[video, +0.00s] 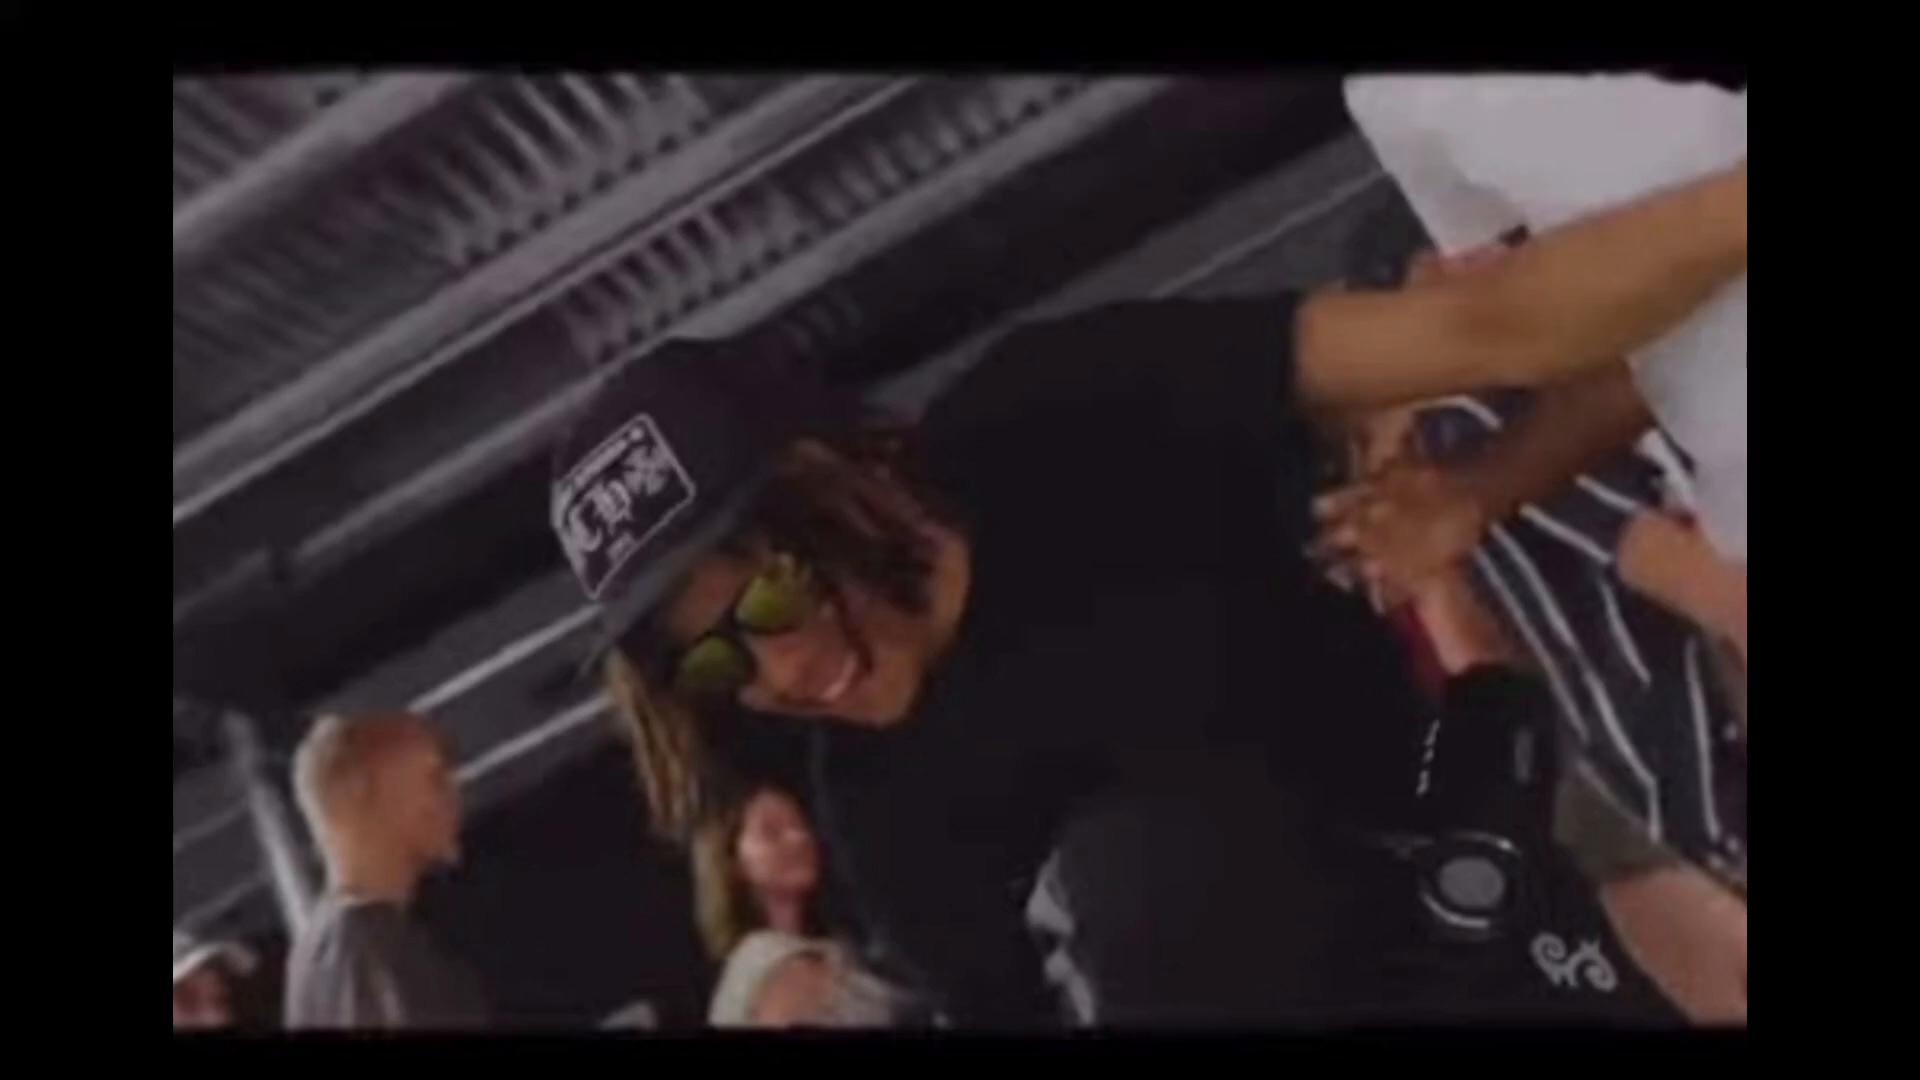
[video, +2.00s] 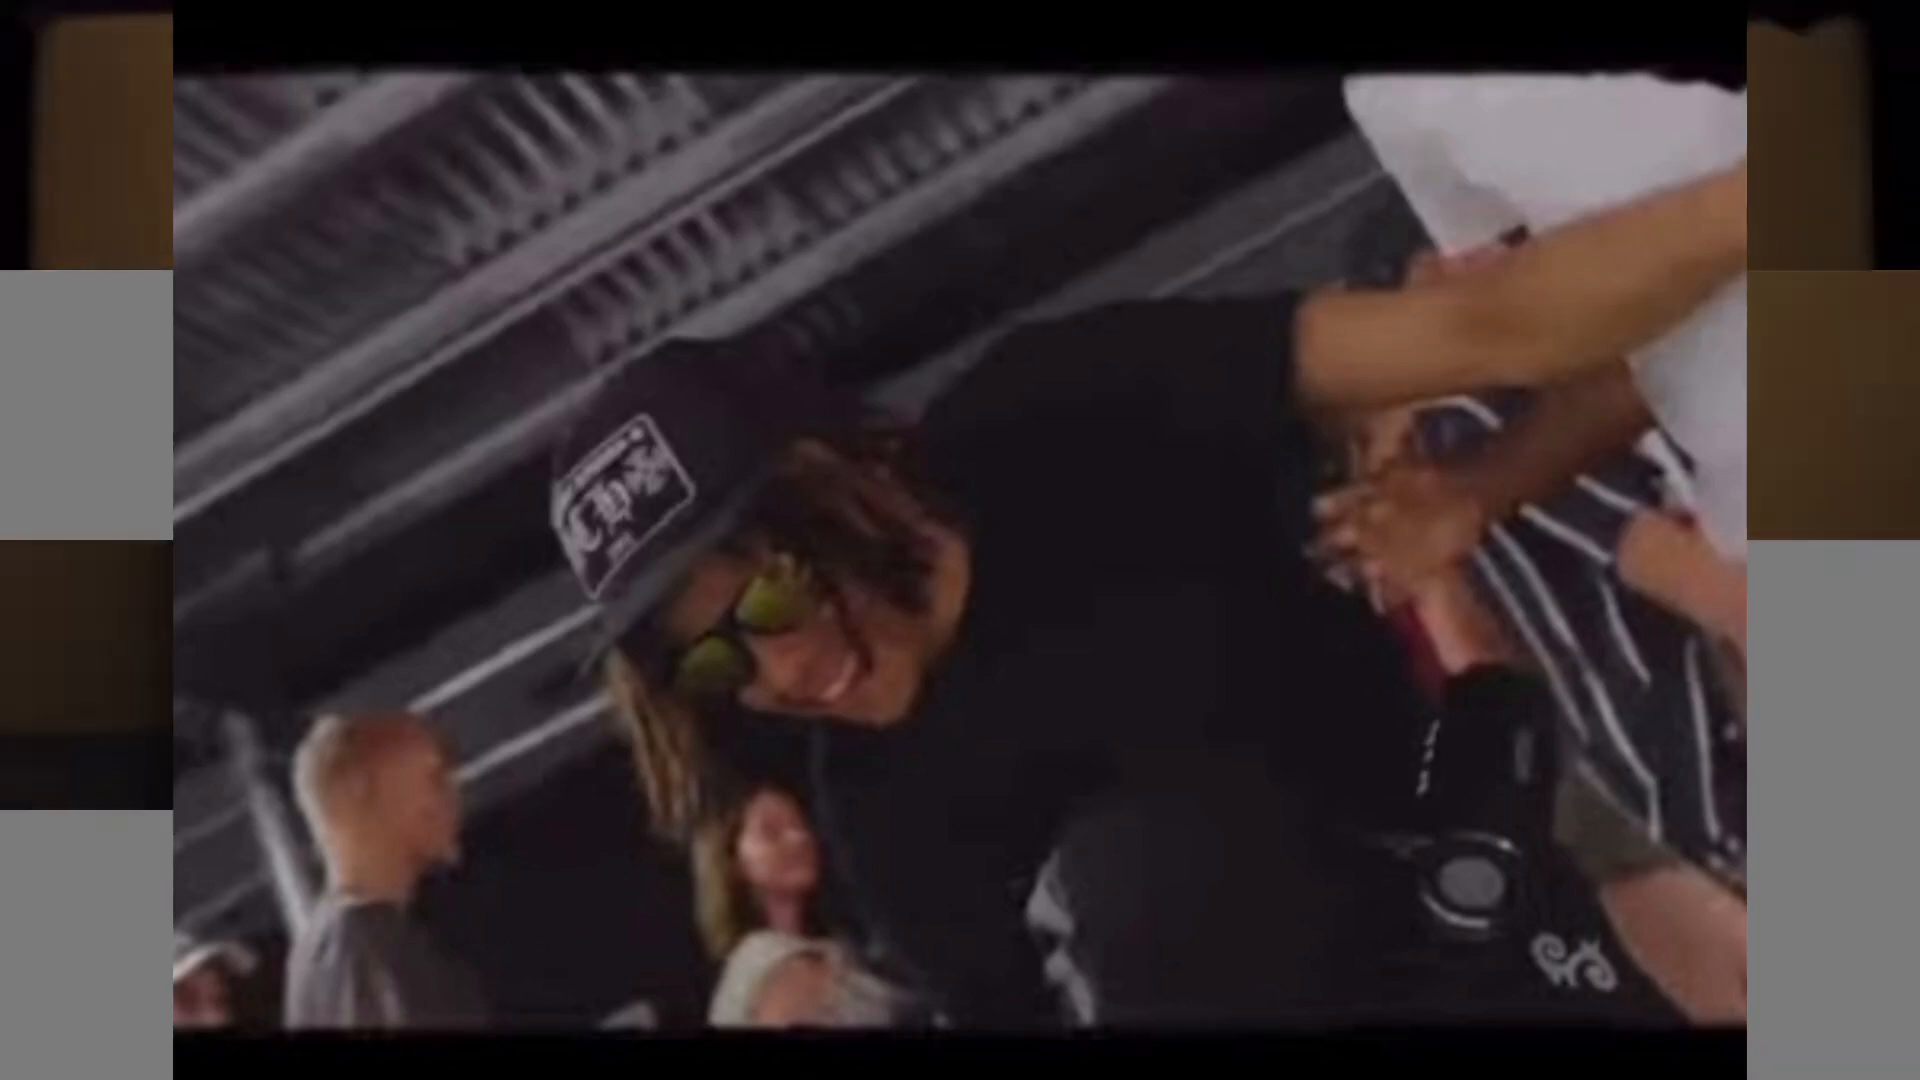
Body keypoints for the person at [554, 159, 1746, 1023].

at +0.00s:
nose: (768, 656)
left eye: (761, 582)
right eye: (708, 654)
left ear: (835, 476)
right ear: (687, 685)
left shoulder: (1052, 404)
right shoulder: (886, 847)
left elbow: (1472, 328)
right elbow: (1031, 1024)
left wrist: (1740, 208)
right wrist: (837, 995)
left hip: (1477, 844)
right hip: (1240, 973)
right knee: (1136, 862)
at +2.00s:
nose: (770, 658)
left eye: (763, 584)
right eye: (711, 656)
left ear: (836, 477)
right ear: (690, 687)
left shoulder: (1050, 403)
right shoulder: (890, 843)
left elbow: (1468, 329)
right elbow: (1036, 1022)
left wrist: (1751, 207)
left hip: (1485, 838)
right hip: (1258, 972)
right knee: (1136, 866)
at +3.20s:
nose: (767, 659)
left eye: (760, 585)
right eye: (708, 656)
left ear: (834, 479)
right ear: (686, 686)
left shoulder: (1050, 404)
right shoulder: (888, 846)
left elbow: (1468, 330)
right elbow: (1034, 1023)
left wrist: (1762, 200)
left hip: (1480, 848)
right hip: (1250, 977)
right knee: (1136, 868)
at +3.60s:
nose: (770, 658)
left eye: (762, 584)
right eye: (710, 656)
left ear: (835, 477)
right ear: (686, 687)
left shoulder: (1049, 404)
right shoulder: (891, 850)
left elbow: (1465, 332)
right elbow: (1041, 1023)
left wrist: (1781, 192)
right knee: (1137, 865)